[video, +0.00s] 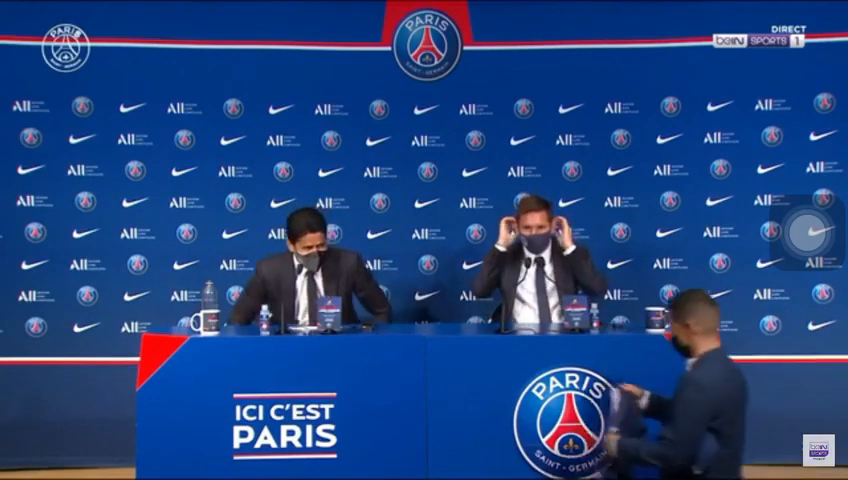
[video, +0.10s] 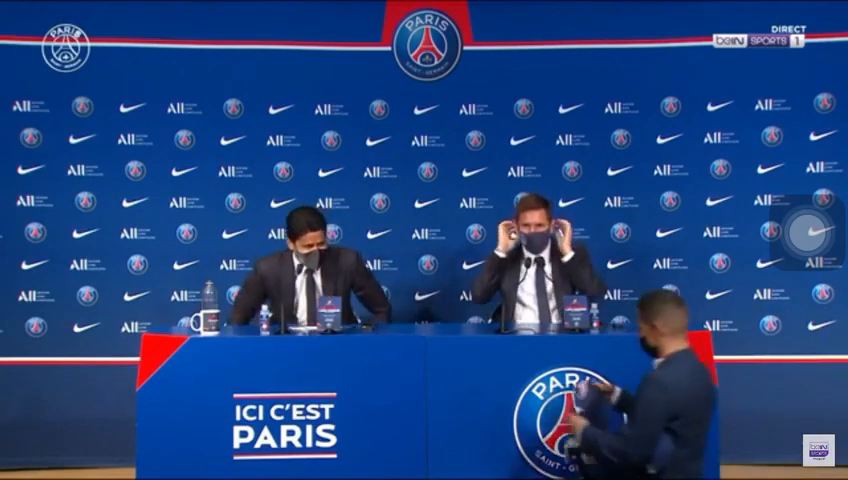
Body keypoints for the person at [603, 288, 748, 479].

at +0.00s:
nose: (672, 334)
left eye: (673, 326)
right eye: (672, 327)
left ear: (690, 328)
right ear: (715, 325)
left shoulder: (699, 380)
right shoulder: (728, 371)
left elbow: (674, 454)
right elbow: (693, 414)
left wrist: (620, 446)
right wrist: (645, 400)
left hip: (699, 474)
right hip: (724, 472)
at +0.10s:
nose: (639, 335)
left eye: (641, 328)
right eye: (639, 328)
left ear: (657, 329)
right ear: (682, 325)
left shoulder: (659, 382)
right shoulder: (699, 372)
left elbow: (633, 452)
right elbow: (661, 417)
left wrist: (585, 431)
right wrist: (615, 396)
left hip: (661, 474)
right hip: (689, 471)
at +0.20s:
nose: (620, 330)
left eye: (621, 324)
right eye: (620, 324)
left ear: (635, 327)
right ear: (663, 322)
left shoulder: (633, 379)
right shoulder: (681, 370)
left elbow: (602, 450)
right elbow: (647, 412)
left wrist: (568, 421)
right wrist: (598, 404)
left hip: (637, 473)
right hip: (671, 470)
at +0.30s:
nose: (594, 324)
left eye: (595, 318)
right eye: (594, 318)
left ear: (606, 321)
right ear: (636, 319)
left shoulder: (596, 374)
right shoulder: (657, 370)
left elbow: (568, 444)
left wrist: (544, 412)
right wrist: (571, 400)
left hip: (603, 470)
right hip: (641, 469)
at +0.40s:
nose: (577, 324)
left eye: (578, 319)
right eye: (577, 319)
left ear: (588, 321)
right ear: (621, 319)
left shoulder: (575, 373)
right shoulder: (640, 368)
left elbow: (545, 442)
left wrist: (527, 409)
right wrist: (559, 393)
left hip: (584, 470)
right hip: (623, 468)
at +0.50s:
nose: (553, 324)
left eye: (553, 319)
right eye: (552, 319)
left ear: (563, 323)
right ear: (596, 320)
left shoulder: (549, 376)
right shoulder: (616, 366)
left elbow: (520, 445)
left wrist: (498, 415)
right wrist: (541, 360)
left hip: (561, 471)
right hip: (601, 469)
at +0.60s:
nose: (540, 325)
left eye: (542, 319)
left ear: (549, 323)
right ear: (583, 321)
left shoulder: (536, 372)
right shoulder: (601, 363)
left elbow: (506, 441)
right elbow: (564, 375)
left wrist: (483, 424)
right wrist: (526, 345)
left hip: (547, 468)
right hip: (585, 466)